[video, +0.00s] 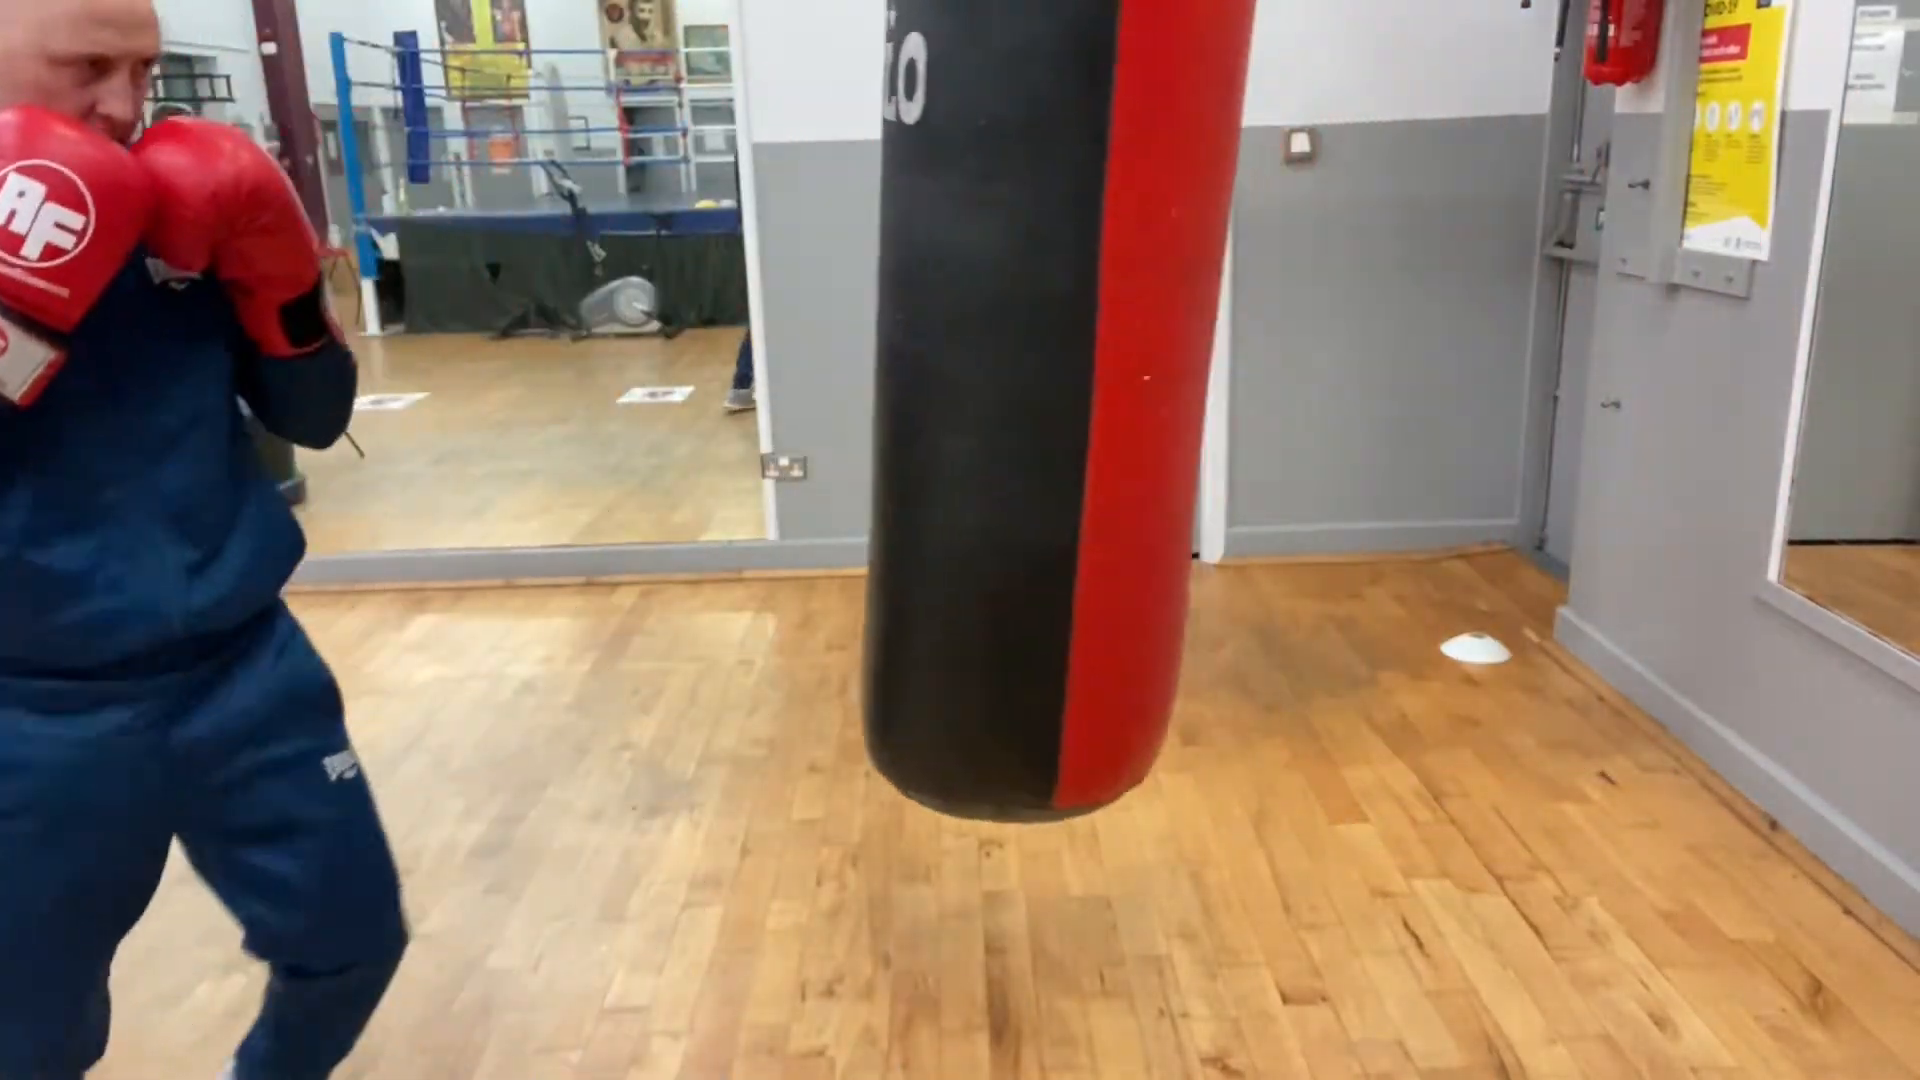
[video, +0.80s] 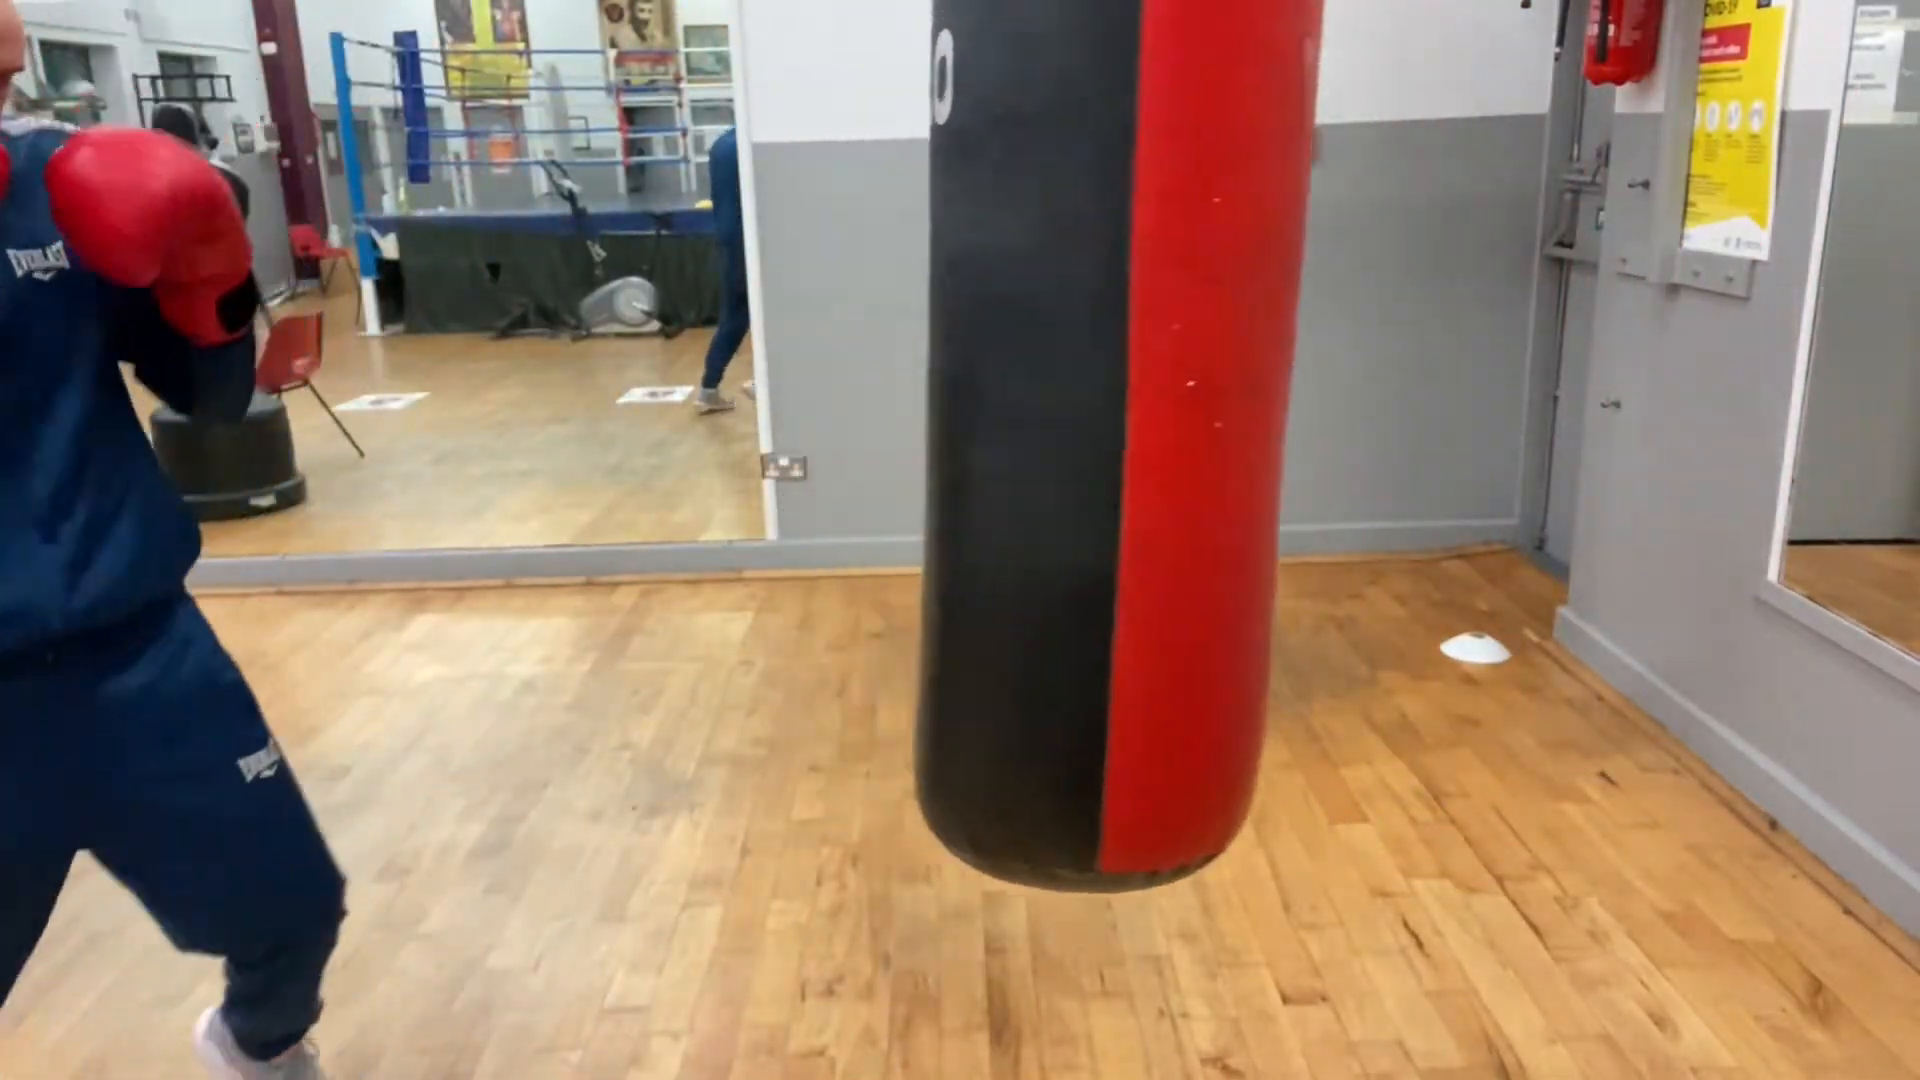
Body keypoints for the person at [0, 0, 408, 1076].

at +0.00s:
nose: (124, 105)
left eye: (143, 70)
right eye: (86, 70)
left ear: (161, 66)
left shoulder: (188, 208)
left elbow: (315, 417)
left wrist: (281, 274)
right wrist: (22, 314)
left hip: (244, 673)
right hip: (40, 713)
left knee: (351, 940)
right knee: (36, 1048)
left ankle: (274, 1076)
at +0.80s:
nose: (12, 73)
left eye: (13, 62)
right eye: (1, 64)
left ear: (20, 53)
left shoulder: (73, 184)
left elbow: (207, 392)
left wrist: (206, 281)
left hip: (136, 649)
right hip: (4, 693)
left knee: (290, 906)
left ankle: (258, 1043)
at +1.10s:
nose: (139, 169)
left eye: (155, 131)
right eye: (104, 133)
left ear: (170, 119)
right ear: (13, 133)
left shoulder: (209, 227)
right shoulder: (4, 283)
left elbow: (316, 433)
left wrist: (343, 347)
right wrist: (26, 340)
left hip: (258, 701)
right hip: (47, 745)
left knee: (459, 924)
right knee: (6, 1042)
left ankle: (566, 1069)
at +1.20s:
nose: (241, 171)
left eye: (259, 139)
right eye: (211, 135)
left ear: (277, 122)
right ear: (97, 99)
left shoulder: (305, 228)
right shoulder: (19, 252)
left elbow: (441, 421)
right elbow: (24, 520)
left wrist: (450, 307)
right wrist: (115, 326)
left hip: (349, 710)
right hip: (129, 748)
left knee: (526, 960)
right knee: (46, 1055)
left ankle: (570, 1070)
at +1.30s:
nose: (319, 111)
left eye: (337, 78)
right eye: (290, 73)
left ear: (354, 62)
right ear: (174, 41)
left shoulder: (377, 173)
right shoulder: (51, 212)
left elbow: (534, 356)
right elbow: (105, 464)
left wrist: (527, 214)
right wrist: (210, 253)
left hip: (416, 684)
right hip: (197, 724)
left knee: (563, 969)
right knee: (123, 1053)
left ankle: (579, 1077)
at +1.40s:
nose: (365, 40)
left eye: (372, 25)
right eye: (340, 17)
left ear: (376, 26)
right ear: (227, 11)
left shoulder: (389, 123)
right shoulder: (71, 168)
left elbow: (539, 346)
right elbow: (174, 426)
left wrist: (556, 218)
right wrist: (268, 204)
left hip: (454, 642)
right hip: (249, 690)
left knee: (586, 909)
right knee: (246, 1037)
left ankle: (598, 1067)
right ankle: (196, 1063)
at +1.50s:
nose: (400, 93)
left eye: (417, 57)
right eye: (368, 54)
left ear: (432, 40)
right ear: (255, 31)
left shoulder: (426, 171)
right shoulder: (114, 209)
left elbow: (545, 399)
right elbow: (233, 456)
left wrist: (574, 285)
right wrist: (325, 229)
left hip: (518, 641)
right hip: (333, 723)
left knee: (706, 873)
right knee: (357, 1061)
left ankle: (677, 1037)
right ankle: (302, 1070)